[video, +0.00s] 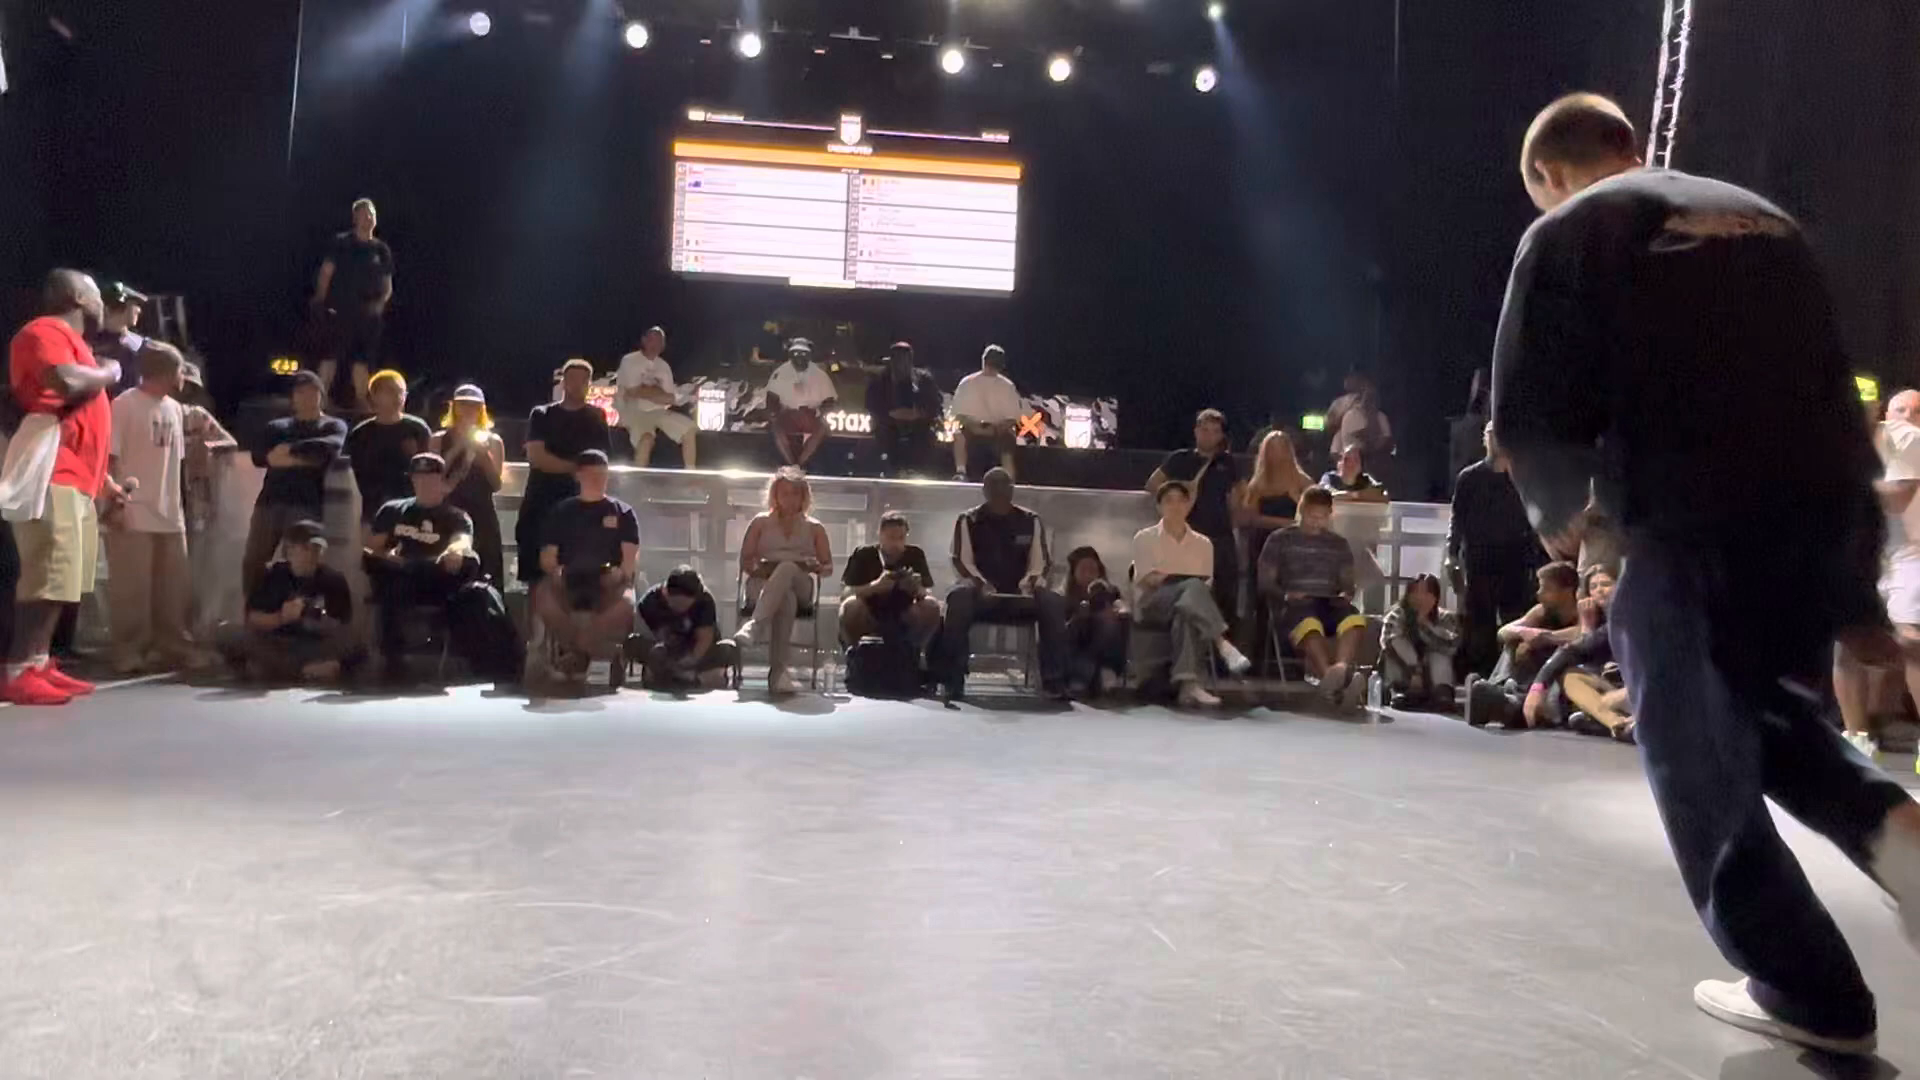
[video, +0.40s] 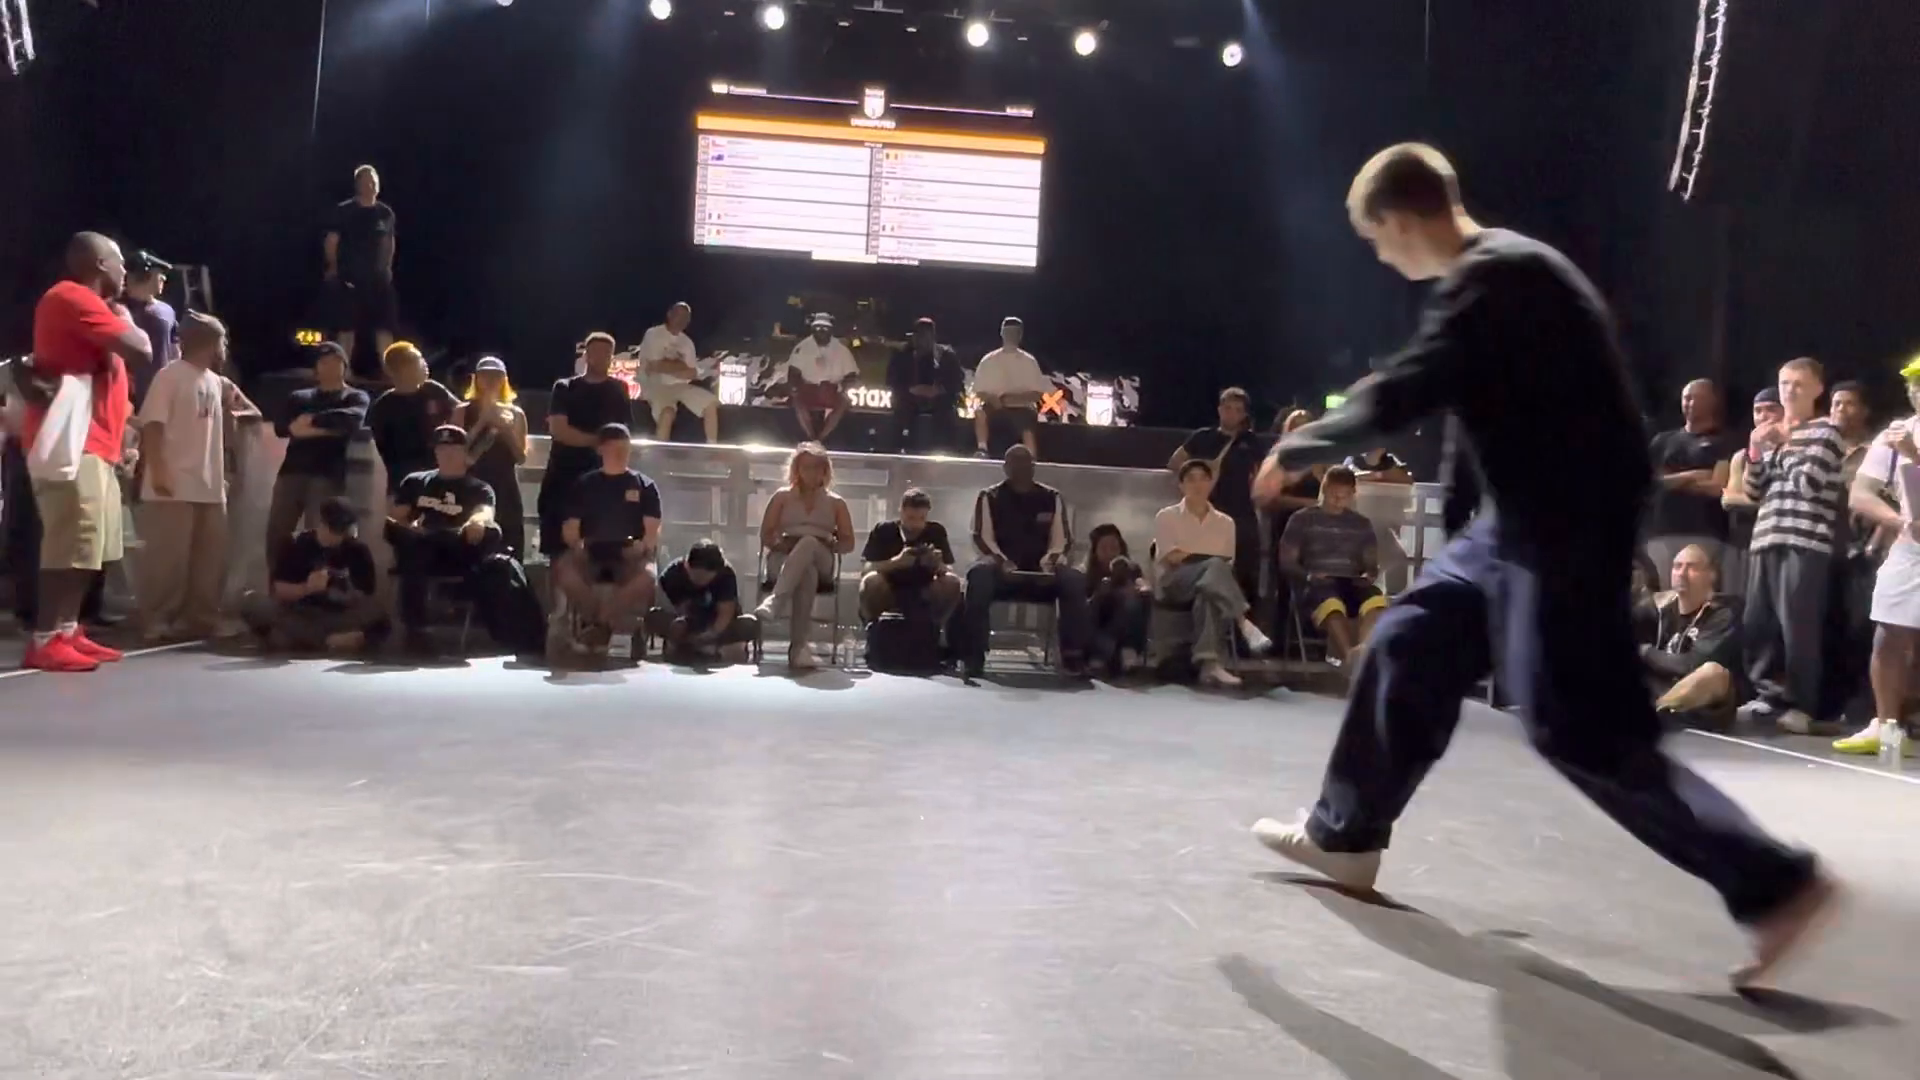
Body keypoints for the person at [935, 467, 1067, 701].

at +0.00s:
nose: (999, 494)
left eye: (1004, 487)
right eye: (993, 487)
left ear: (1012, 489)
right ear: (984, 489)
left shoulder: (1030, 520)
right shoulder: (968, 520)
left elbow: (1039, 562)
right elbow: (963, 562)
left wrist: (1031, 581)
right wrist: (980, 583)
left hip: (1020, 597)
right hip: (985, 596)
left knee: (1052, 601)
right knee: (959, 596)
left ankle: (1055, 682)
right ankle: (953, 682)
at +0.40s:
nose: (1020, 468)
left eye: (1025, 461)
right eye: (1015, 461)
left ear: (1033, 465)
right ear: (1005, 466)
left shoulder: (1052, 498)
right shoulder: (988, 497)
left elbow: (1060, 539)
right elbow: (983, 538)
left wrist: (1051, 558)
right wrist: (1001, 560)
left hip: (1041, 574)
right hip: (1006, 572)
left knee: (1073, 579)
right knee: (980, 574)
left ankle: (1073, 658)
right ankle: (974, 659)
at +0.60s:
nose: (1033, 462)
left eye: (1037, 456)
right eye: (1027, 456)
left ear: (1044, 460)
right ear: (1017, 460)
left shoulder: (1062, 491)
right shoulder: (999, 490)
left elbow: (1071, 531)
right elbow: (993, 531)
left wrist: (1062, 550)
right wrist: (1012, 553)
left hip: (1051, 567)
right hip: (1016, 566)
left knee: (1083, 572)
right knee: (990, 567)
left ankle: (1084, 652)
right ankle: (984, 651)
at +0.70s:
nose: (1039, 459)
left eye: (1043, 453)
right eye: (1033, 453)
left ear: (1049, 457)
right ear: (1021, 457)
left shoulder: (1067, 488)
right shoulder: (1004, 487)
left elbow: (1076, 530)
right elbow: (998, 528)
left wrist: (1067, 547)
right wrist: (1017, 550)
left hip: (1056, 564)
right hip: (1021, 562)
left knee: (1088, 569)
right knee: (995, 563)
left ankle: (1089, 647)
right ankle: (989, 647)